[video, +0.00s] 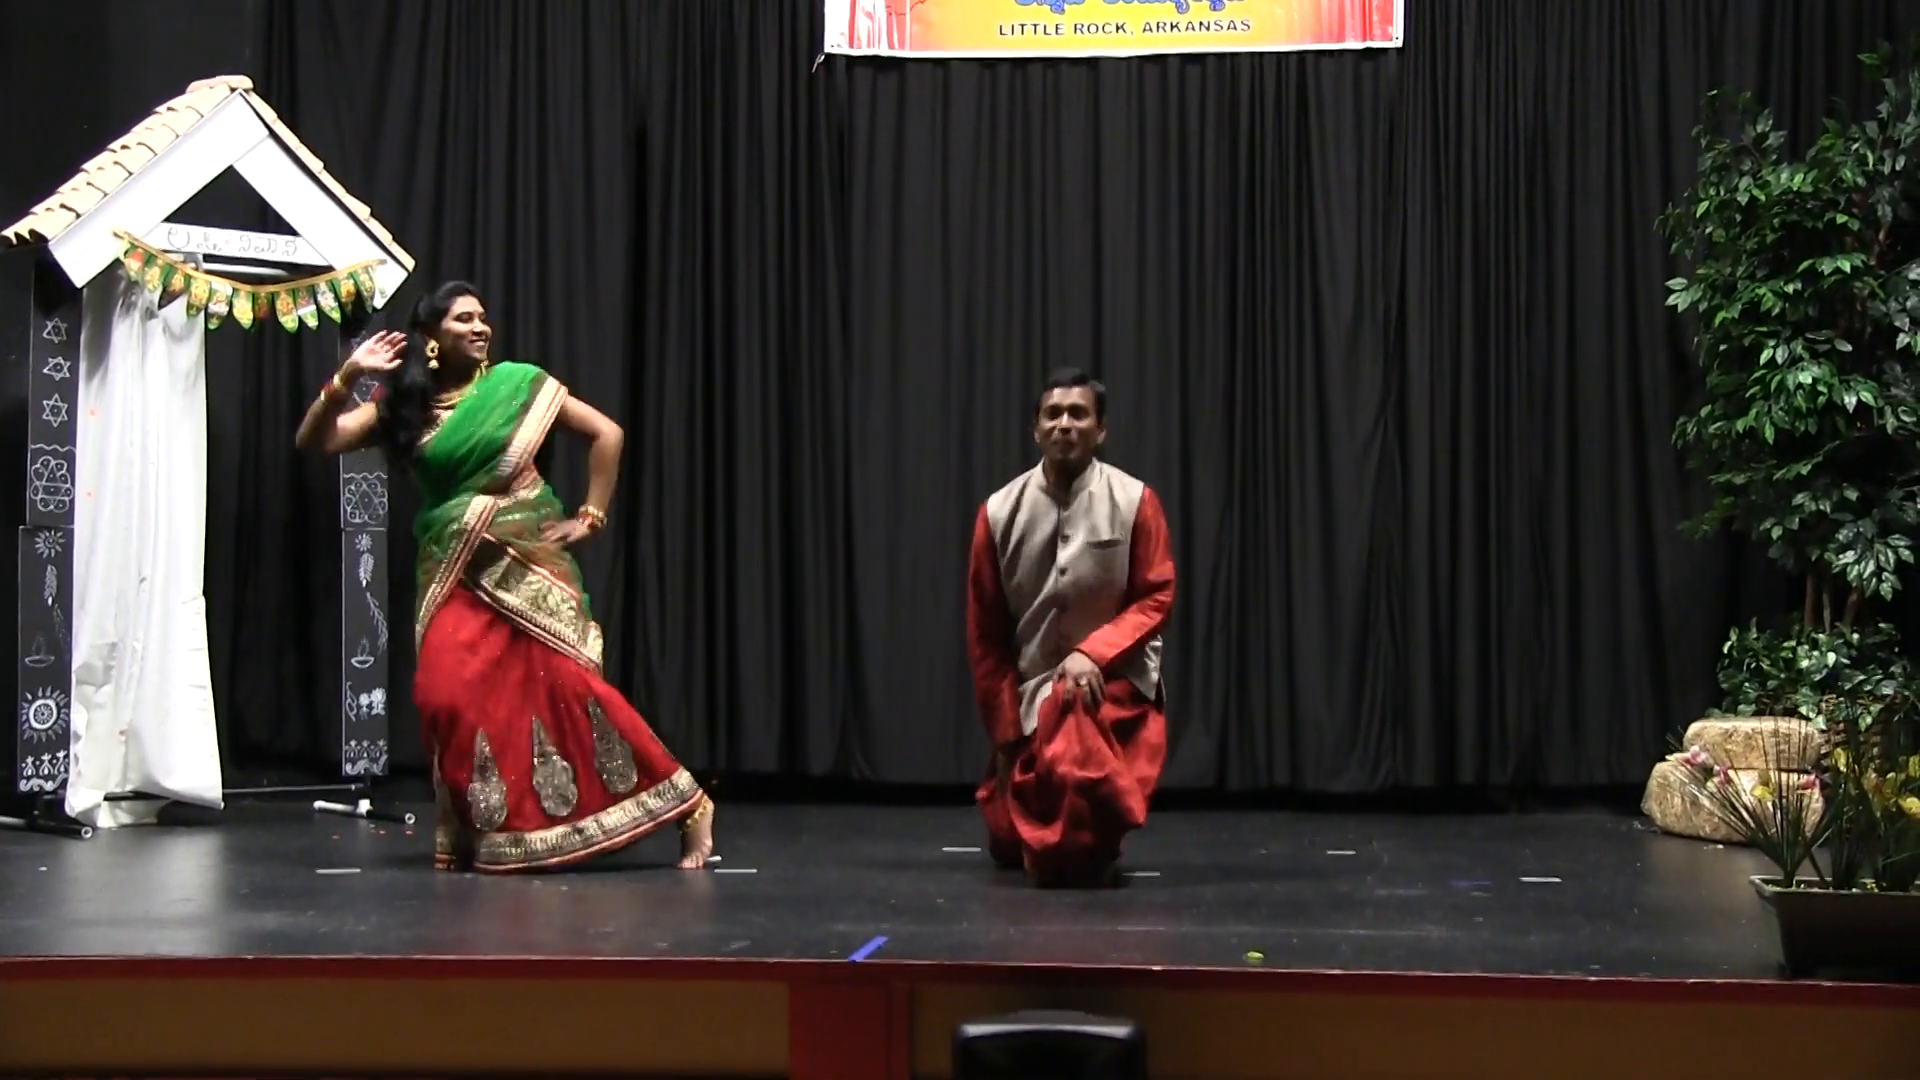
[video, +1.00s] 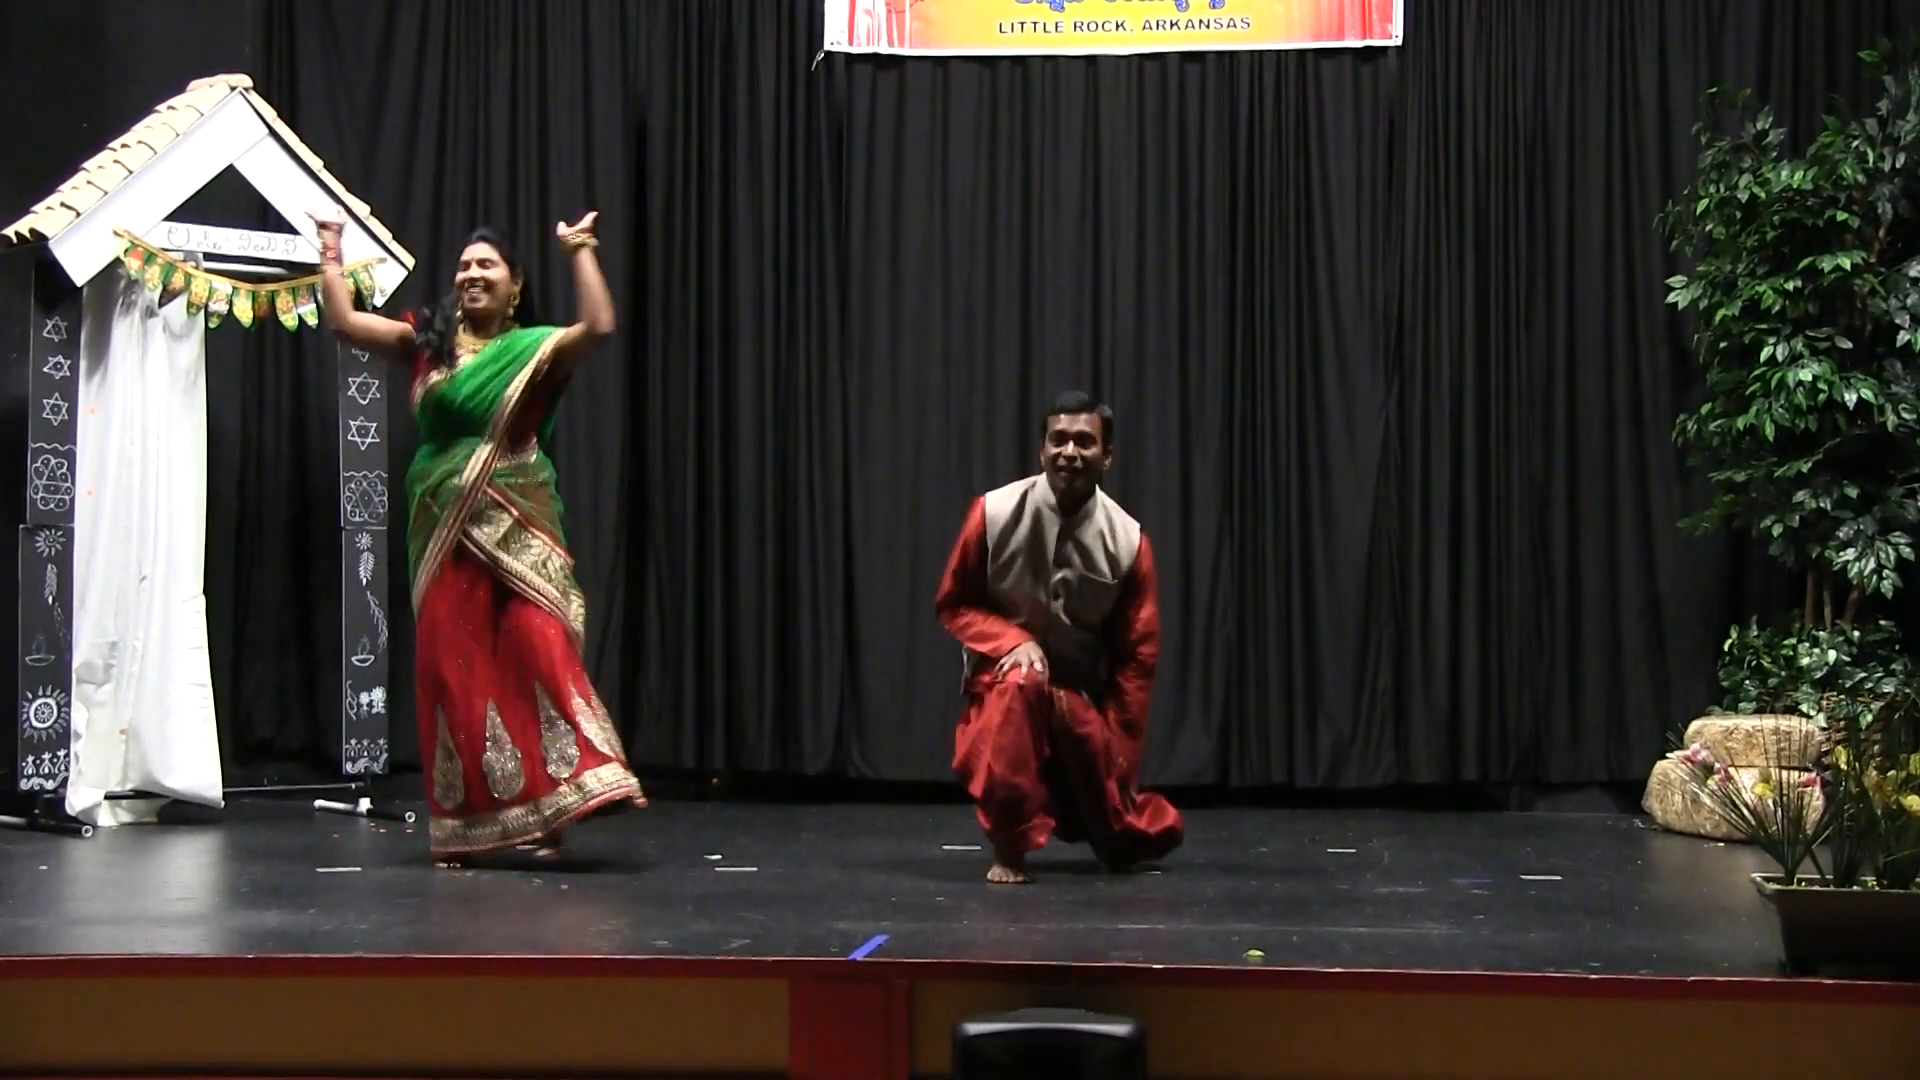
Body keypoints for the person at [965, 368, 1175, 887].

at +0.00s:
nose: (1064, 425)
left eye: (1078, 414)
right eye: (1053, 414)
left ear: (1100, 428)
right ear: (1037, 427)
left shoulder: (1133, 501)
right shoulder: (1000, 511)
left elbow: (1156, 596)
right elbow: (987, 631)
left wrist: (1091, 653)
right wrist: (1006, 731)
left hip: (1118, 682)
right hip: (1031, 692)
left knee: (1069, 699)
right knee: (1011, 840)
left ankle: (1090, 849)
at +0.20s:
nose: (1086, 335)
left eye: (1099, 325)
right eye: (1076, 324)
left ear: (1122, 344)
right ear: (1060, 338)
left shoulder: (1143, 432)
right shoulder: (1011, 414)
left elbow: (1141, 540)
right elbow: (982, 518)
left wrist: (1102, 629)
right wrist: (986, 617)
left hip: (1105, 603)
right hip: (1026, 602)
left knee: (1091, 712)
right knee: (1025, 725)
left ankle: (1084, 848)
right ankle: (1054, 838)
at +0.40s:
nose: (1061, 211)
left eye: (1075, 201)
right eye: (1051, 201)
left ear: (1101, 216)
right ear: (1036, 215)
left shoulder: (1133, 300)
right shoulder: (1000, 295)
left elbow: (1156, 409)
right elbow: (972, 405)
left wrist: (1136, 505)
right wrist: (986, 504)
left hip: (1104, 496)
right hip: (1018, 493)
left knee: (1095, 650)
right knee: (1006, 647)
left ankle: (1089, 814)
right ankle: (1031, 782)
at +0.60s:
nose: (1057, 236)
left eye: (1069, 225)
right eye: (1045, 227)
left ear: (1095, 235)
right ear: (1031, 239)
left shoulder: (1133, 324)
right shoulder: (1000, 317)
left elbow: (1156, 440)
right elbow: (965, 414)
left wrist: (1131, 542)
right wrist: (988, 495)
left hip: (1103, 527)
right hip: (1013, 522)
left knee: (1128, 665)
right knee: (990, 662)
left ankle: (1115, 791)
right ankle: (990, 820)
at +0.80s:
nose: (1062, 379)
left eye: (1076, 366)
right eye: (1051, 367)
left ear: (1102, 377)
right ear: (1038, 377)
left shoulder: (1130, 468)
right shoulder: (998, 449)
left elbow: (1143, 584)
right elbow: (956, 551)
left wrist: (1124, 684)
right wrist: (1009, 620)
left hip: (1086, 627)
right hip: (1009, 621)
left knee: (1101, 720)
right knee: (980, 736)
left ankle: (1117, 817)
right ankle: (1004, 849)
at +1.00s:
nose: (1069, 452)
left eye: (1084, 442)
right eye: (1058, 440)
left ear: (1106, 457)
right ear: (1042, 450)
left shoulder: (1127, 543)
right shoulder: (993, 515)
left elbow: (1137, 661)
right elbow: (954, 604)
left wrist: (1120, 766)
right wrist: (1012, 640)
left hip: (1081, 700)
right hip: (1002, 690)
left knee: (1116, 834)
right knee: (1022, 678)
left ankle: (1122, 837)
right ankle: (1008, 851)